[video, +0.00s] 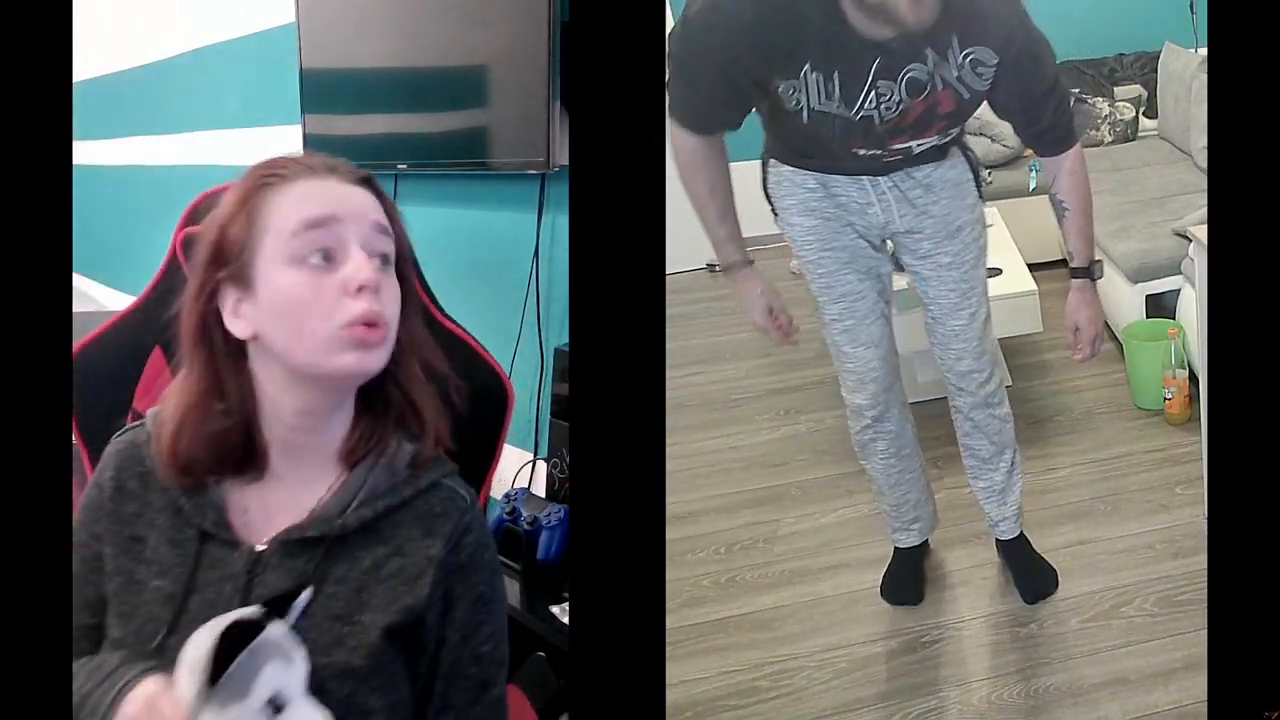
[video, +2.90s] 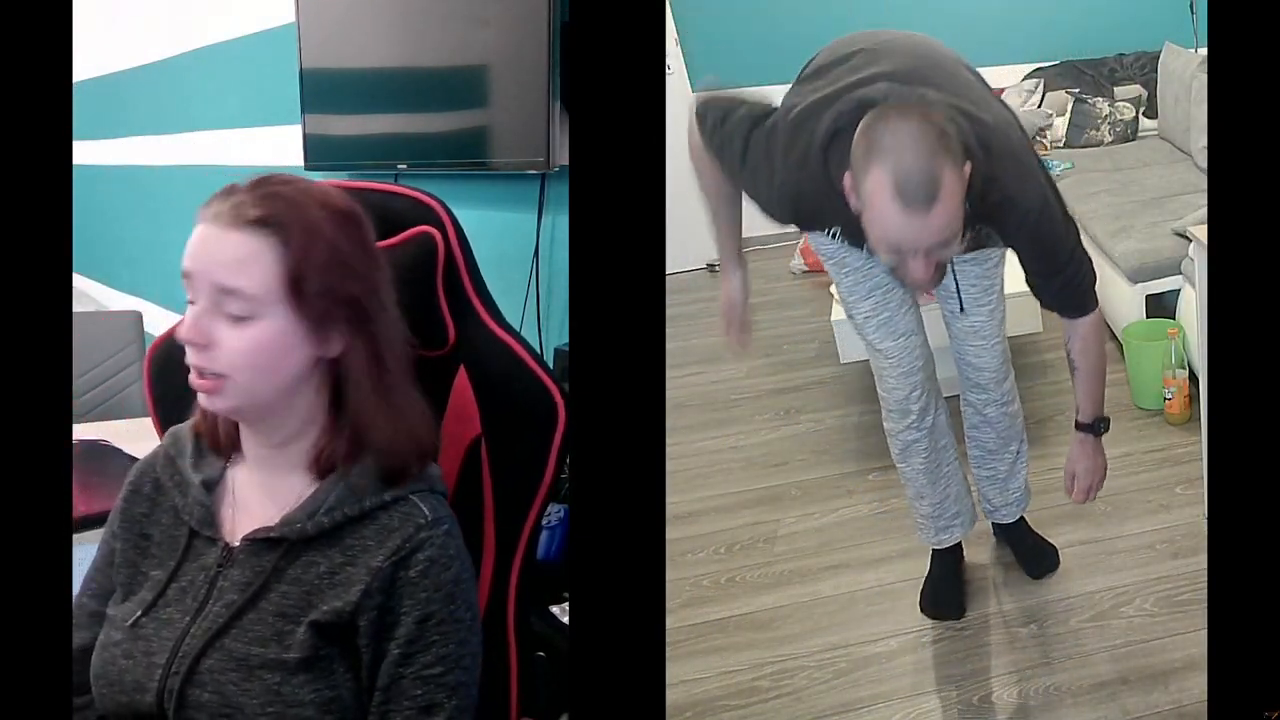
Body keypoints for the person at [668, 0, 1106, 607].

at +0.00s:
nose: (922, 6)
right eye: (903, 0)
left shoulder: (991, 17)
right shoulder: (747, 17)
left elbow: (1060, 139)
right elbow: (691, 117)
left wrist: (1083, 277)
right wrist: (737, 266)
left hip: (935, 174)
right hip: (814, 186)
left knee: (972, 367)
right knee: (869, 389)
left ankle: (1009, 527)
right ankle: (908, 533)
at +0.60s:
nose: (895, 62)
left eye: (907, 33)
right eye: (864, 41)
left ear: (922, 22)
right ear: (804, 43)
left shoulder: (962, 89)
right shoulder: (731, 80)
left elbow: (1025, 210)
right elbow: (672, 30)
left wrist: (1036, 345)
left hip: (913, 192)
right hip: (787, 205)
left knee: (961, 365)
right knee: (856, 390)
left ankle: (1004, 512)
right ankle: (909, 537)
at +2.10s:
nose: (949, 118)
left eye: (971, 89)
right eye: (923, 89)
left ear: (987, 65)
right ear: (874, 73)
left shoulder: (1024, 129)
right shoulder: (803, 73)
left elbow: (1076, 256)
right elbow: (739, 3)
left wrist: (1082, 389)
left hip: (970, 195)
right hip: (847, 186)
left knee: (991, 361)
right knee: (884, 372)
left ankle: (1007, 514)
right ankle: (910, 535)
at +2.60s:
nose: (955, 188)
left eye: (974, 162)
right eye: (931, 162)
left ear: (995, 122)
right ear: (887, 127)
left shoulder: (1034, 150)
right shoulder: (818, 119)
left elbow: (1090, 271)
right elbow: (748, 3)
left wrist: (1097, 397)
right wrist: (844, 40)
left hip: (990, 192)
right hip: (867, 179)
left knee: (1001, 357)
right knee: (912, 370)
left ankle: (1010, 516)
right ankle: (941, 542)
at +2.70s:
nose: (948, 211)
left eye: (968, 182)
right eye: (924, 186)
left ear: (988, 134)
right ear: (879, 145)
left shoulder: (1025, 150)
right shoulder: (813, 134)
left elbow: (1087, 276)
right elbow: (739, 23)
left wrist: (1097, 403)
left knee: (997, 354)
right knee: (915, 366)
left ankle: (1010, 516)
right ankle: (946, 541)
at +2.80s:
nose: (939, 238)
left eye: (958, 210)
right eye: (913, 213)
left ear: (977, 147)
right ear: (868, 166)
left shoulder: (1017, 161)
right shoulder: (805, 158)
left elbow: (1083, 285)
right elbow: (715, 34)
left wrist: (1094, 412)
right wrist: (712, 23)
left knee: (991, 355)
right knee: (911, 370)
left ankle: (1010, 516)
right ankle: (945, 542)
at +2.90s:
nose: (922, 280)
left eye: (939, 248)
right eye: (896, 251)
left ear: (965, 182)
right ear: (852, 191)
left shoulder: (1015, 186)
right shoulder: (796, 183)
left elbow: (1080, 306)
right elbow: (706, 117)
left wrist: (1091, 431)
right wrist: (731, 265)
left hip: (950, 78)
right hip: (821, 85)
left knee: (986, 364)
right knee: (903, 377)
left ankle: (1009, 514)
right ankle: (944, 541)